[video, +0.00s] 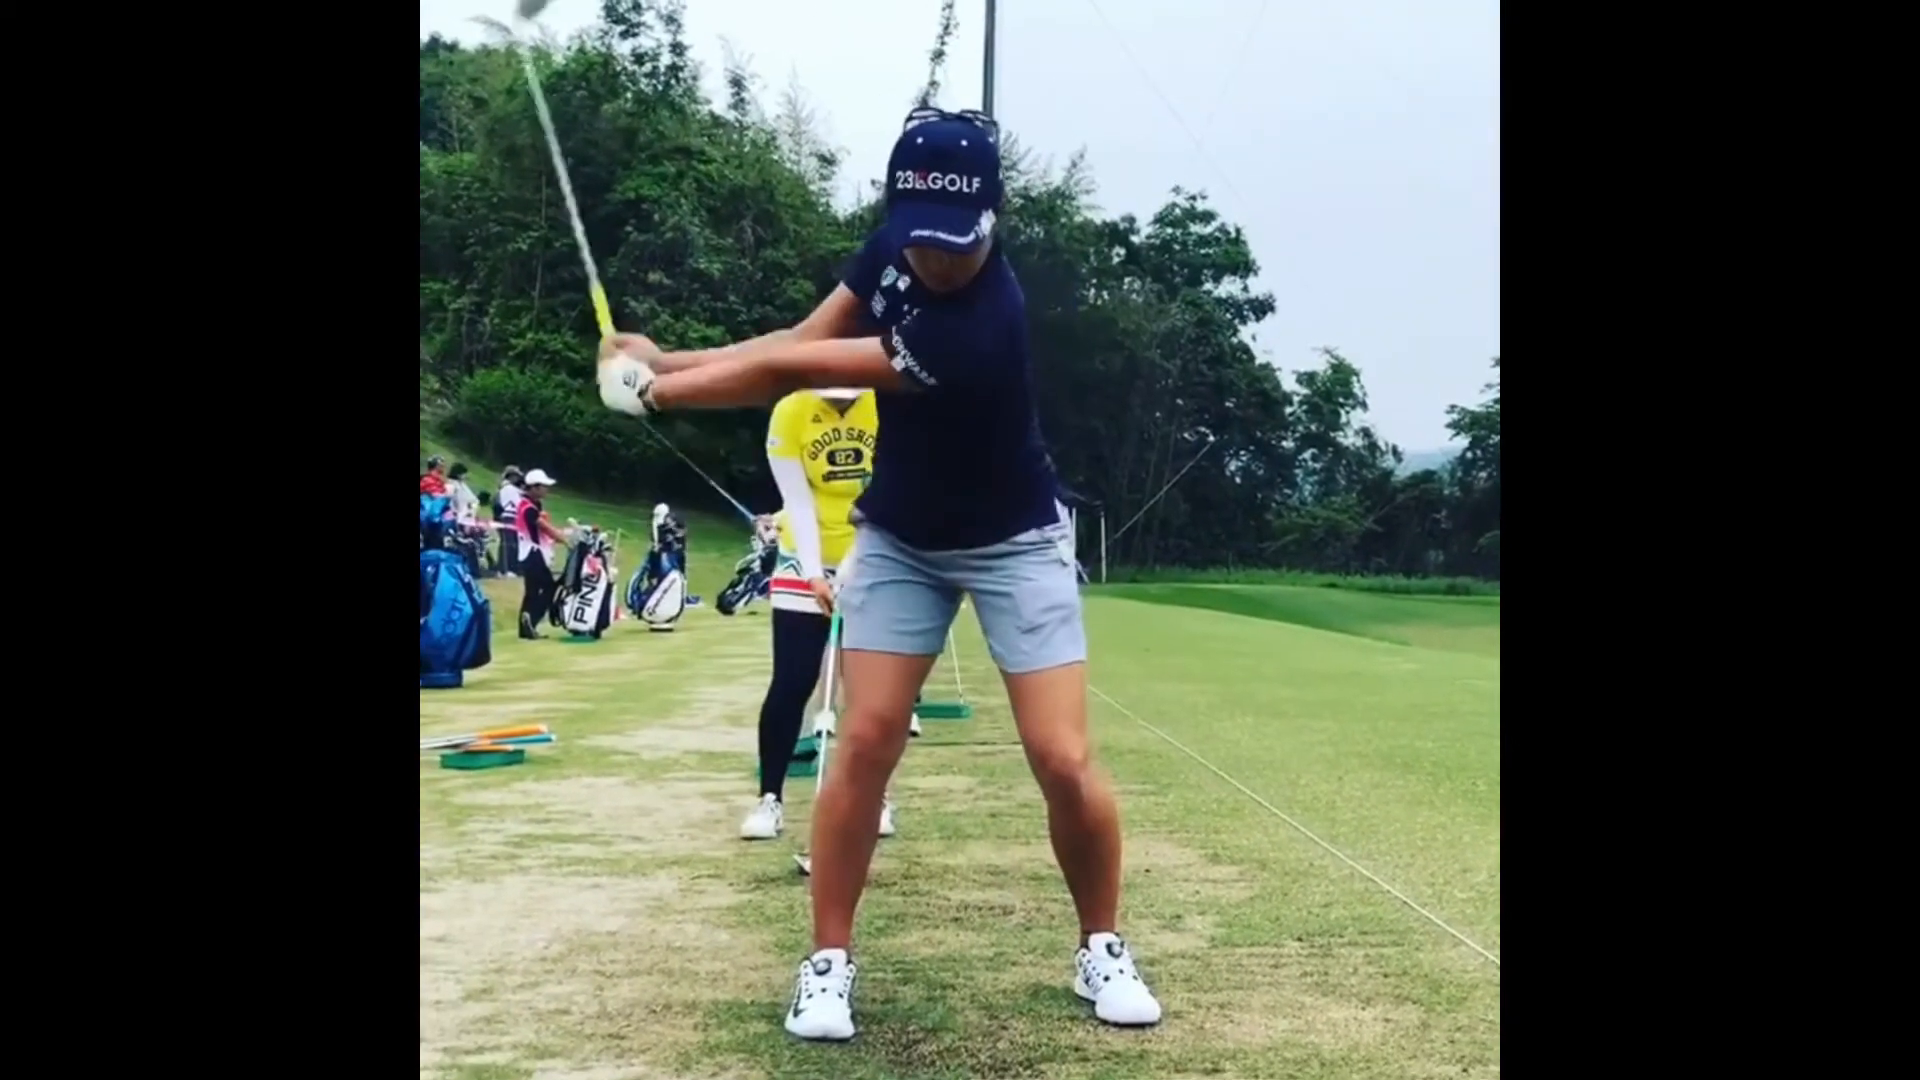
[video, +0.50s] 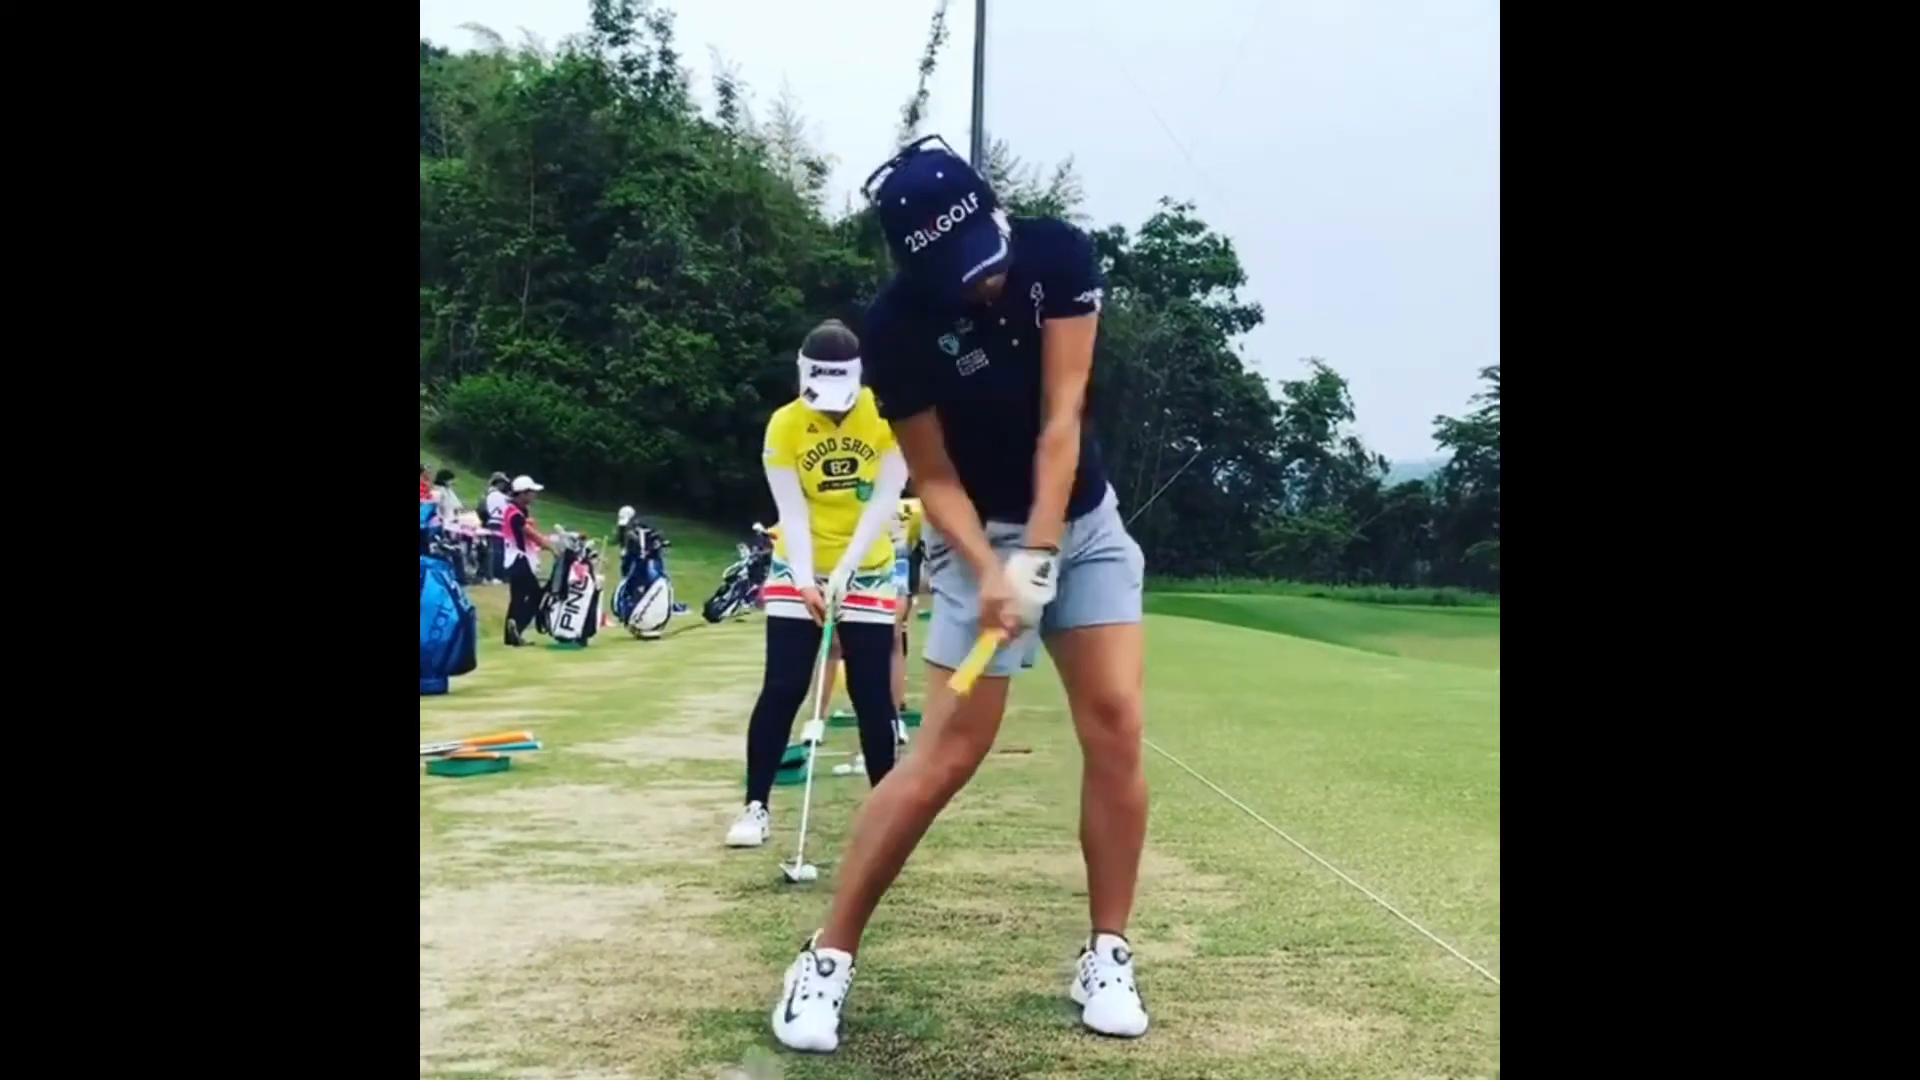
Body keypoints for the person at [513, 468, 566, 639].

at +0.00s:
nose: (546, 491)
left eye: (546, 487)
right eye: (543, 487)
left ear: (535, 489)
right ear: (533, 488)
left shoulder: (531, 506)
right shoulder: (529, 509)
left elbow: (546, 527)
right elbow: (546, 529)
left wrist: (563, 534)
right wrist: (565, 539)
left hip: (533, 551)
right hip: (532, 552)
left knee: (532, 589)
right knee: (549, 585)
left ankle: (525, 626)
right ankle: (532, 618)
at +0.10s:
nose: (546, 493)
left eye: (546, 489)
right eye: (542, 489)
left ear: (535, 490)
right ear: (532, 490)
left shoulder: (530, 507)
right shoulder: (528, 510)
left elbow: (545, 529)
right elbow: (546, 530)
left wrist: (562, 537)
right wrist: (564, 540)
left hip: (532, 552)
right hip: (531, 553)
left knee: (531, 591)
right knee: (549, 587)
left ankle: (525, 629)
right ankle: (531, 620)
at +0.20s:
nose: (545, 494)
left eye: (544, 490)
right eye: (542, 490)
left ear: (533, 492)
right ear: (532, 491)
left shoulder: (527, 509)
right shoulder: (527, 512)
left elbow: (543, 531)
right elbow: (544, 532)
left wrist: (561, 538)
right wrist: (563, 543)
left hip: (529, 553)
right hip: (530, 555)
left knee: (530, 592)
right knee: (547, 589)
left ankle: (523, 631)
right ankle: (530, 621)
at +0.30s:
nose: (542, 495)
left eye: (542, 491)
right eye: (539, 491)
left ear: (531, 493)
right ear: (529, 492)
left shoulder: (524, 510)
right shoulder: (525, 513)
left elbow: (541, 532)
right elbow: (542, 533)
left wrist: (559, 540)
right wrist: (561, 544)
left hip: (526, 554)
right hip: (527, 556)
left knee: (527, 593)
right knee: (545, 590)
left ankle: (521, 632)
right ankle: (527, 623)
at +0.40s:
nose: (539, 495)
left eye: (538, 492)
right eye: (535, 492)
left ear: (526, 494)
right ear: (526, 493)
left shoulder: (520, 510)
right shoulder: (521, 514)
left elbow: (537, 533)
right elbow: (538, 535)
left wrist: (555, 540)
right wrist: (556, 546)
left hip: (522, 555)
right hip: (523, 557)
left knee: (523, 595)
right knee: (540, 592)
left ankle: (517, 633)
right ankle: (523, 624)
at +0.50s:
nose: (534, 496)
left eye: (533, 492)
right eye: (530, 492)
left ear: (522, 495)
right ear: (520, 494)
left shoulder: (519, 512)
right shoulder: (515, 515)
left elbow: (532, 533)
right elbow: (532, 535)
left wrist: (549, 541)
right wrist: (551, 546)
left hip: (518, 557)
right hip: (517, 558)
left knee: (517, 595)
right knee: (536, 592)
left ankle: (511, 634)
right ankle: (517, 625)